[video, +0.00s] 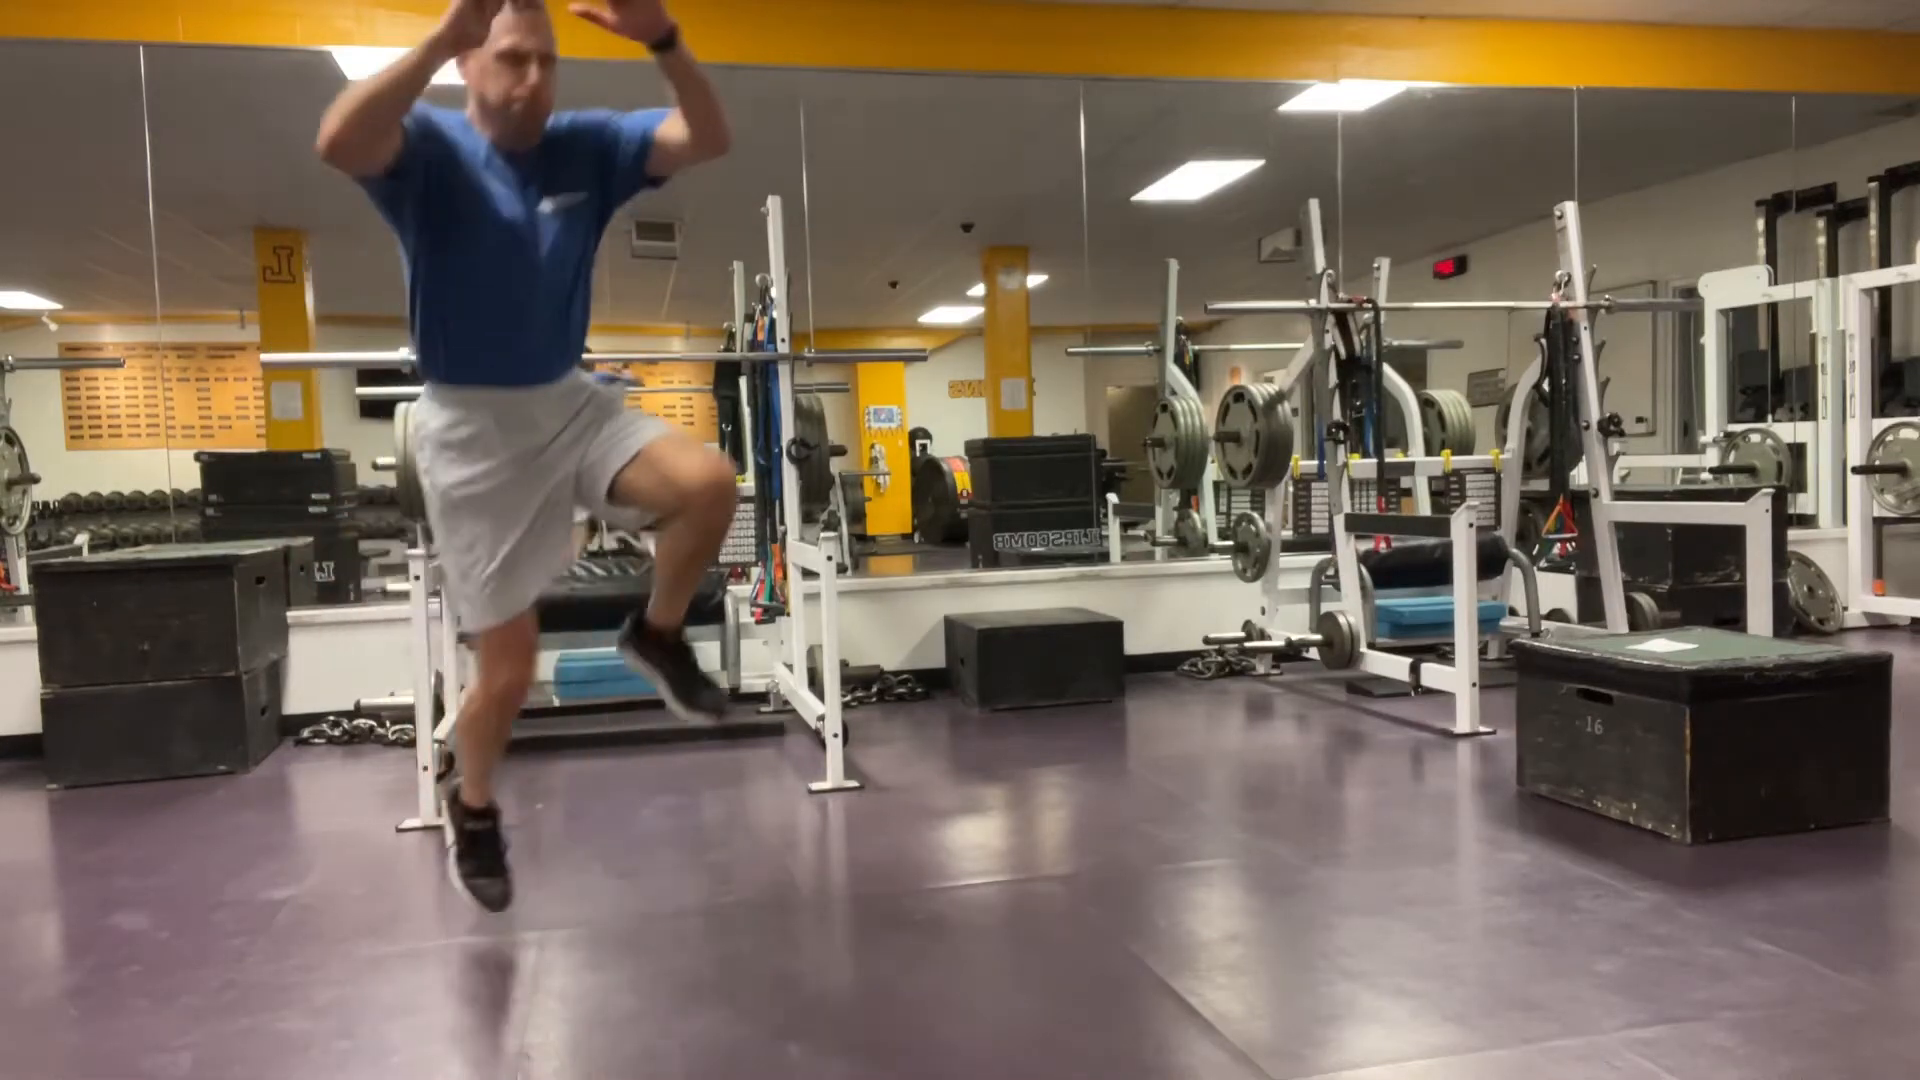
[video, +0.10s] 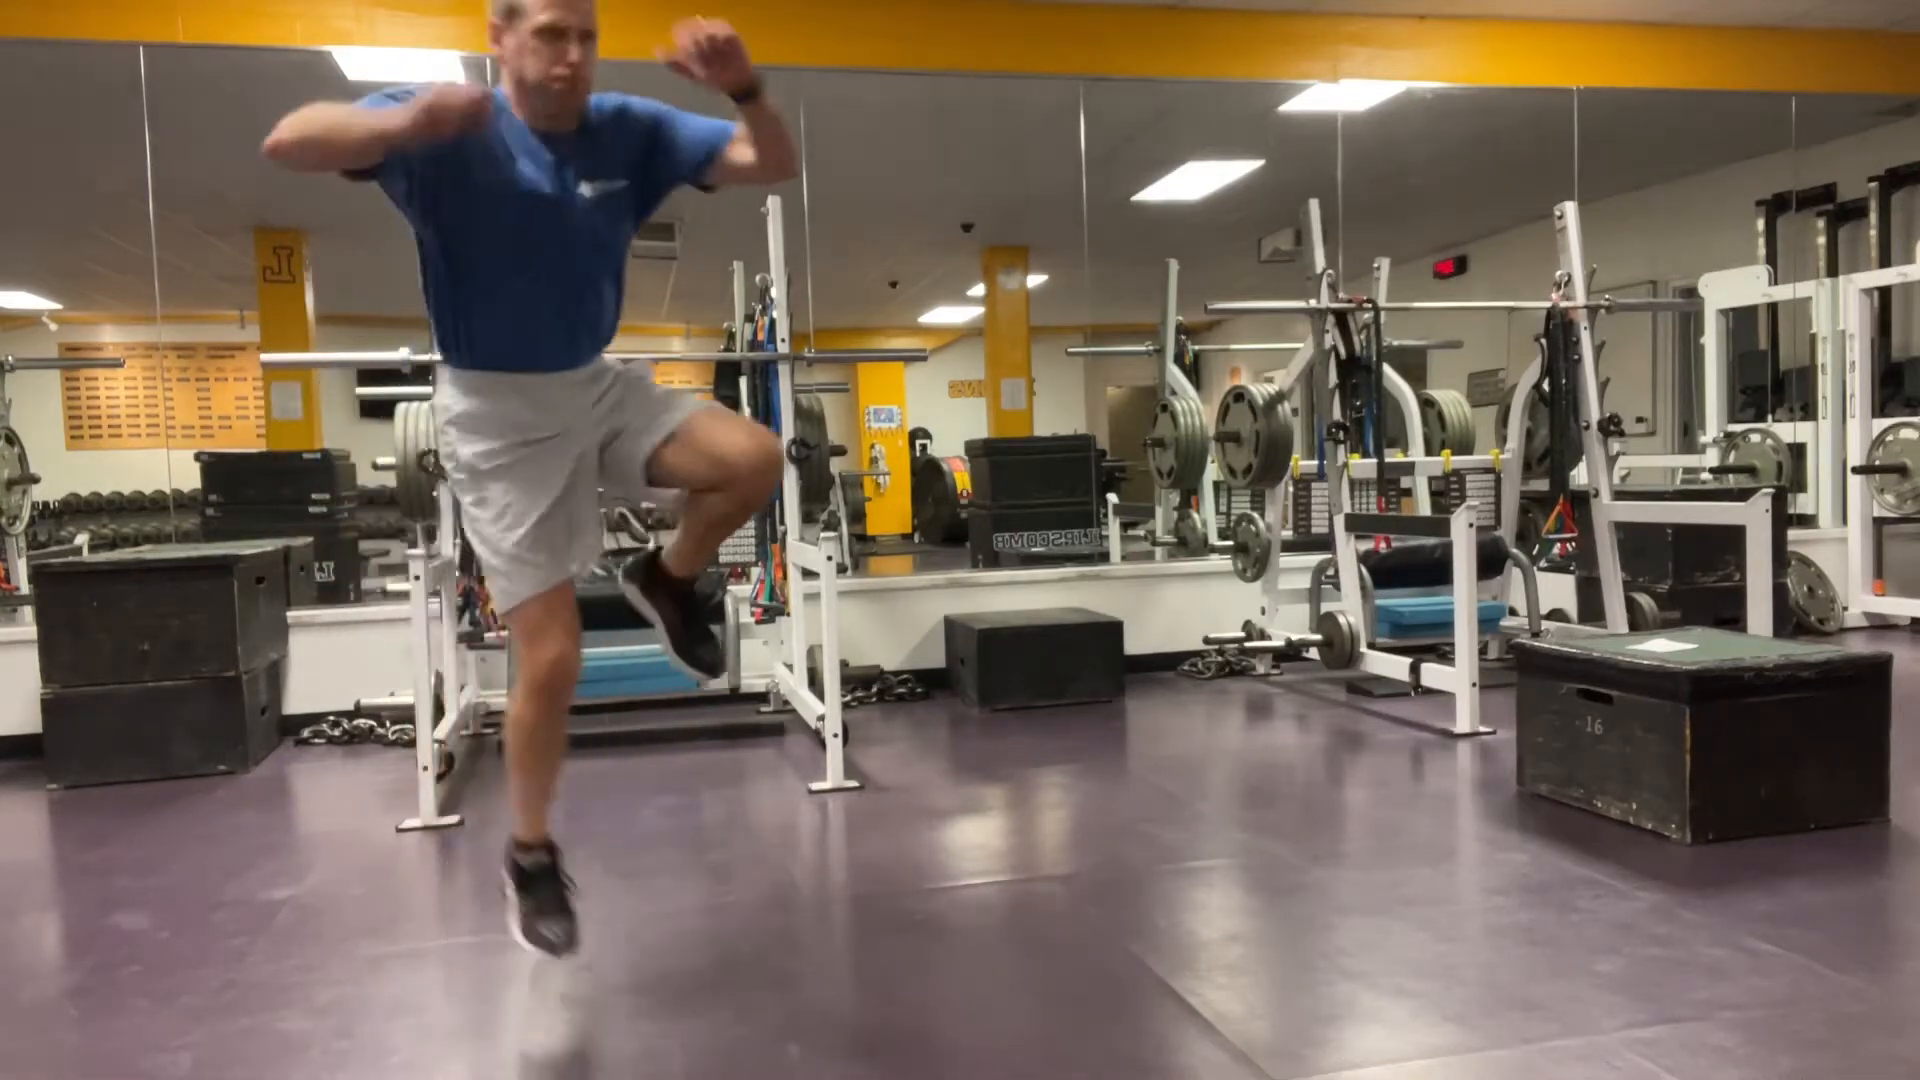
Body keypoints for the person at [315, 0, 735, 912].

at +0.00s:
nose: (529, 78)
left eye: (542, 62)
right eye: (510, 60)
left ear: (558, 71)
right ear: (467, 67)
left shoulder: (586, 147)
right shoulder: (428, 146)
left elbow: (708, 136)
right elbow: (340, 144)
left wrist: (666, 45)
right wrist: (442, 39)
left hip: (570, 406)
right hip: (471, 429)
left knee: (706, 485)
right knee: (508, 670)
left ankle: (658, 634)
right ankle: (475, 811)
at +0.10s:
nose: (569, 58)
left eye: (582, 38)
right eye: (547, 36)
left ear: (598, 46)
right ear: (499, 43)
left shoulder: (630, 130)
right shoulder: (446, 129)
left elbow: (774, 163)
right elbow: (286, 140)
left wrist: (745, 91)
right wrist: (405, 125)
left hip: (602, 389)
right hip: (496, 419)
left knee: (753, 461)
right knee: (551, 660)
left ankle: (671, 579)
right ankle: (533, 856)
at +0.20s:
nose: (614, 99)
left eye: (626, 78)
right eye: (593, 79)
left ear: (645, 81)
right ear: (542, 82)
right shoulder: (478, 165)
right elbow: (277, 204)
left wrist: (794, 181)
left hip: (634, 428)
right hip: (525, 457)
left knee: (810, 483)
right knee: (585, 706)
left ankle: (685, 575)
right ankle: (614, 959)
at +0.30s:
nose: (673, 179)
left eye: (681, 157)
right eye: (649, 160)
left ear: (694, 160)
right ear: (587, 164)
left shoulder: (721, 256)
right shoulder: (510, 281)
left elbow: (850, 297)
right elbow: (346, 391)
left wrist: (833, 329)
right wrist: (380, 503)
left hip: (674, 519)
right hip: (563, 545)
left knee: (860, 567)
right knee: (649, 762)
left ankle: (731, 681)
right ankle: (641, 1034)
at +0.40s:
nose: (730, 239)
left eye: (735, 216)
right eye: (702, 220)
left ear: (746, 216)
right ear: (635, 231)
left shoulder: (783, 334)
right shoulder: (560, 365)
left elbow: (866, 440)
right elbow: (461, 535)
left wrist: (837, 478)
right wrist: (522, 664)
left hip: (715, 567)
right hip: (593, 592)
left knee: (859, 685)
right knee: (684, 792)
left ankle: (762, 818)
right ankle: (643, 1035)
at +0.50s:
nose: (790, 267)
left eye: (795, 242)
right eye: (762, 246)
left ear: (804, 242)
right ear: (695, 256)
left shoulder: (829, 356)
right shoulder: (615, 383)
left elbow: (858, 509)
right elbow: (560, 574)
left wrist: (820, 579)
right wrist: (642, 694)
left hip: (753, 595)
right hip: (636, 611)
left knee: (861, 750)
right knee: (721, 813)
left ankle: (742, 890)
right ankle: (644, 1034)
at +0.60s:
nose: (847, 241)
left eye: (852, 218)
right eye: (820, 224)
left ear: (859, 219)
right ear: (751, 232)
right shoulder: (680, 365)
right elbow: (597, 550)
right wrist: (713, 599)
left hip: (798, 593)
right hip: (685, 611)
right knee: (770, 824)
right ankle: (645, 1037)